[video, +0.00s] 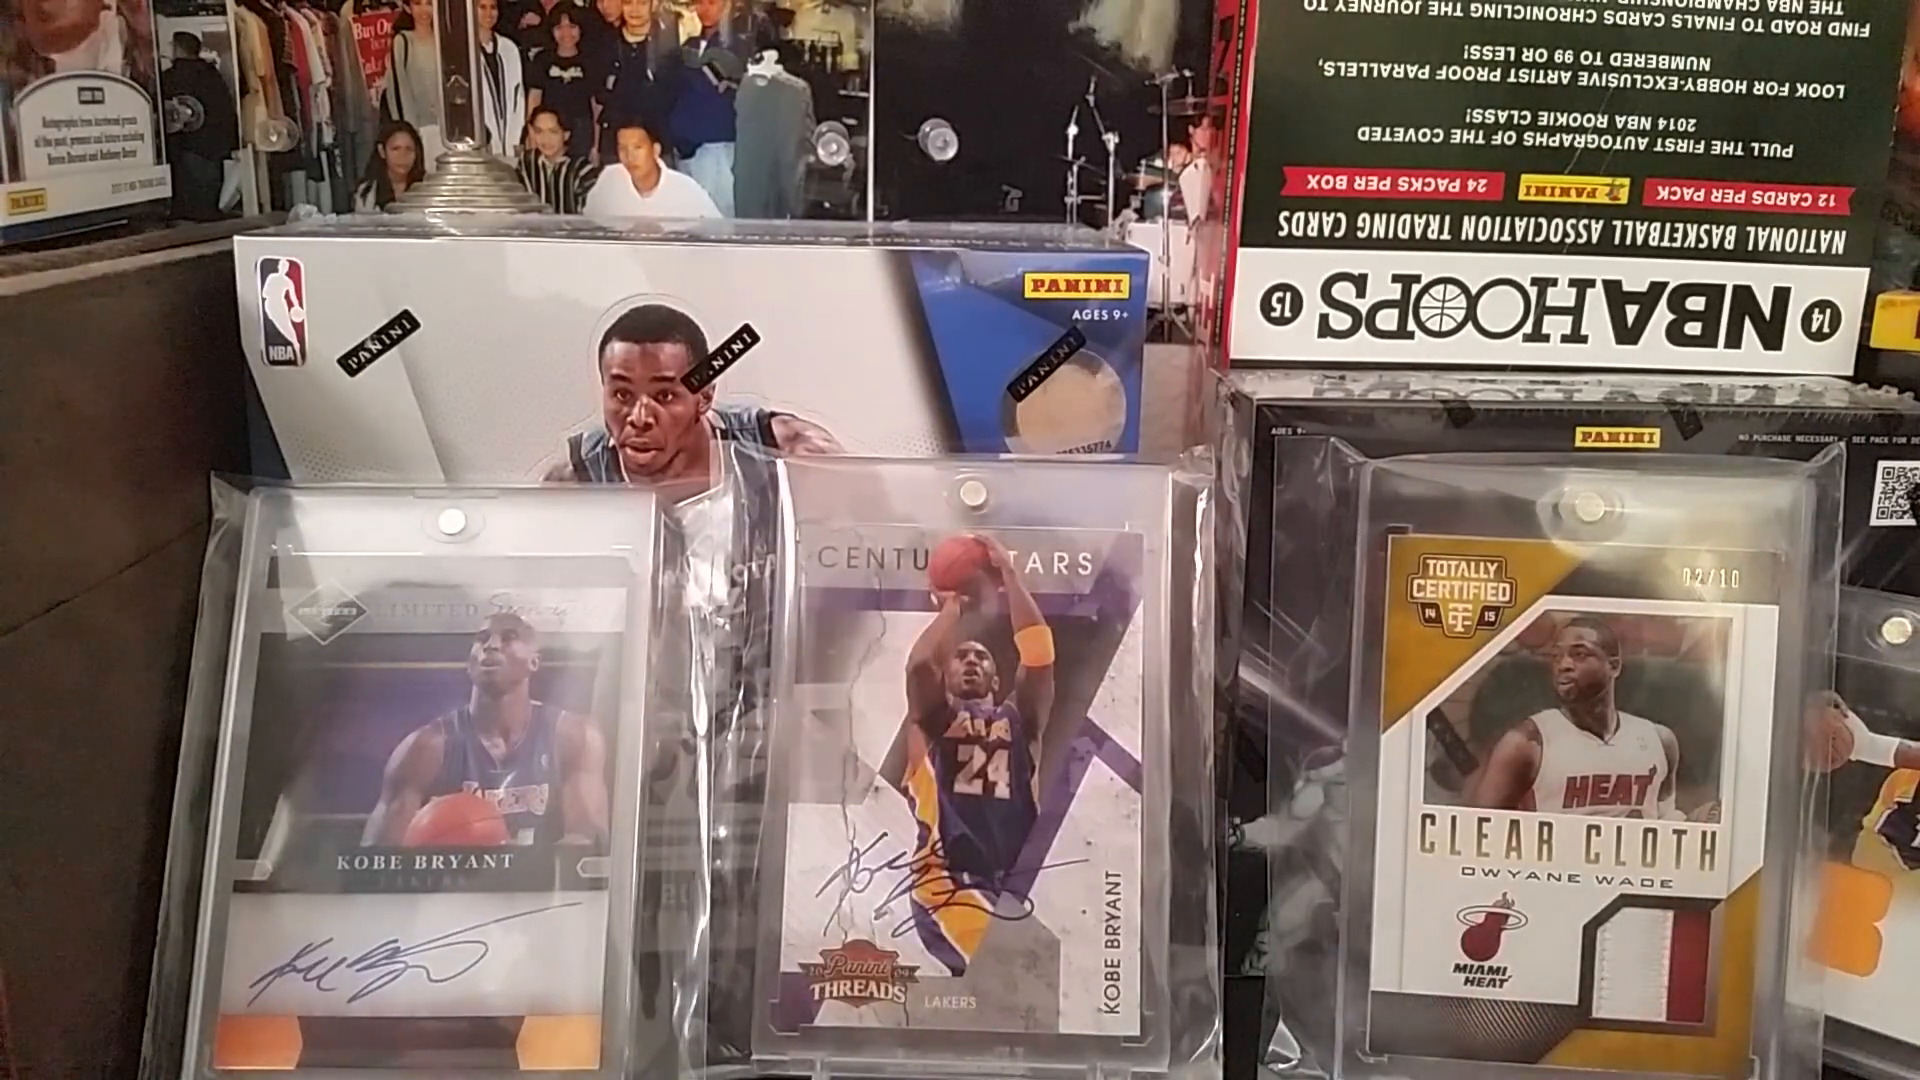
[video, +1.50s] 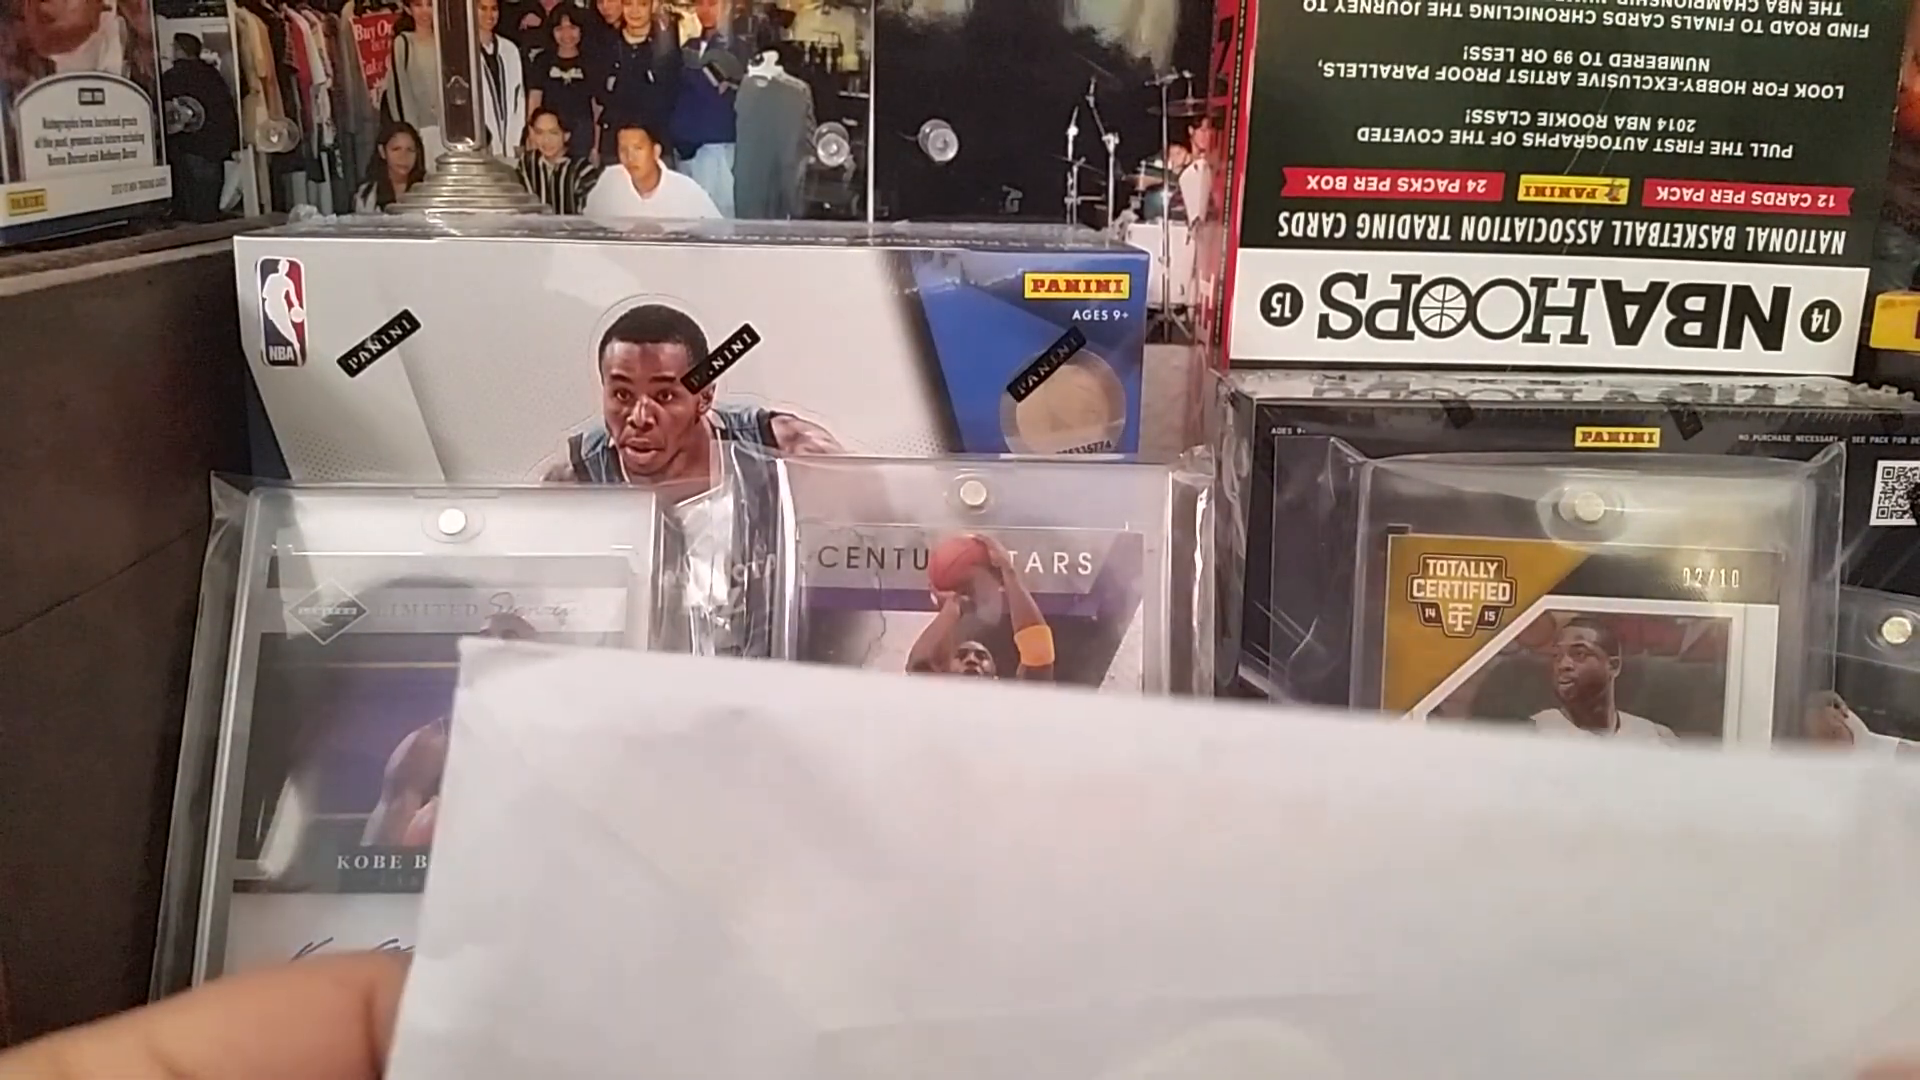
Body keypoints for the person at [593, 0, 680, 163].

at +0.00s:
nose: (634, 9)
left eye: (642, 3)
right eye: (628, 3)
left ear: (653, 6)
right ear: (621, 6)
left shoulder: (667, 44)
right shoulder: (608, 43)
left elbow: (674, 89)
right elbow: (598, 90)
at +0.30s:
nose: (634, 10)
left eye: (642, 3)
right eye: (628, 3)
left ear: (653, 6)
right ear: (621, 7)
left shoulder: (668, 45)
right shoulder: (608, 43)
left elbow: (675, 89)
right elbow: (598, 89)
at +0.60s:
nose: (634, 10)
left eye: (642, 3)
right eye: (628, 3)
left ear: (654, 6)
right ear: (621, 7)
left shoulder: (667, 42)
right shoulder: (607, 42)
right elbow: (601, 94)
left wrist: (617, 86)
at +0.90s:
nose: (634, 10)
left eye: (642, 3)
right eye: (628, 3)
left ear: (653, 6)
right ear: (621, 7)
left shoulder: (667, 42)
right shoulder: (608, 42)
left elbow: (673, 89)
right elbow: (600, 92)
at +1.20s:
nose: (635, 11)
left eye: (642, 4)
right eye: (628, 4)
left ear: (653, 6)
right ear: (621, 7)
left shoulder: (667, 45)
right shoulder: (607, 43)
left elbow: (672, 92)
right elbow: (600, 93)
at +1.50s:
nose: (635, 11)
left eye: (642, 4)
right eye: (628, 4)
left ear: (653, 7)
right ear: (621, 7)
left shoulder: (666, 47)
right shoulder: (607, 44)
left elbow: (672, 94)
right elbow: (600, 93)